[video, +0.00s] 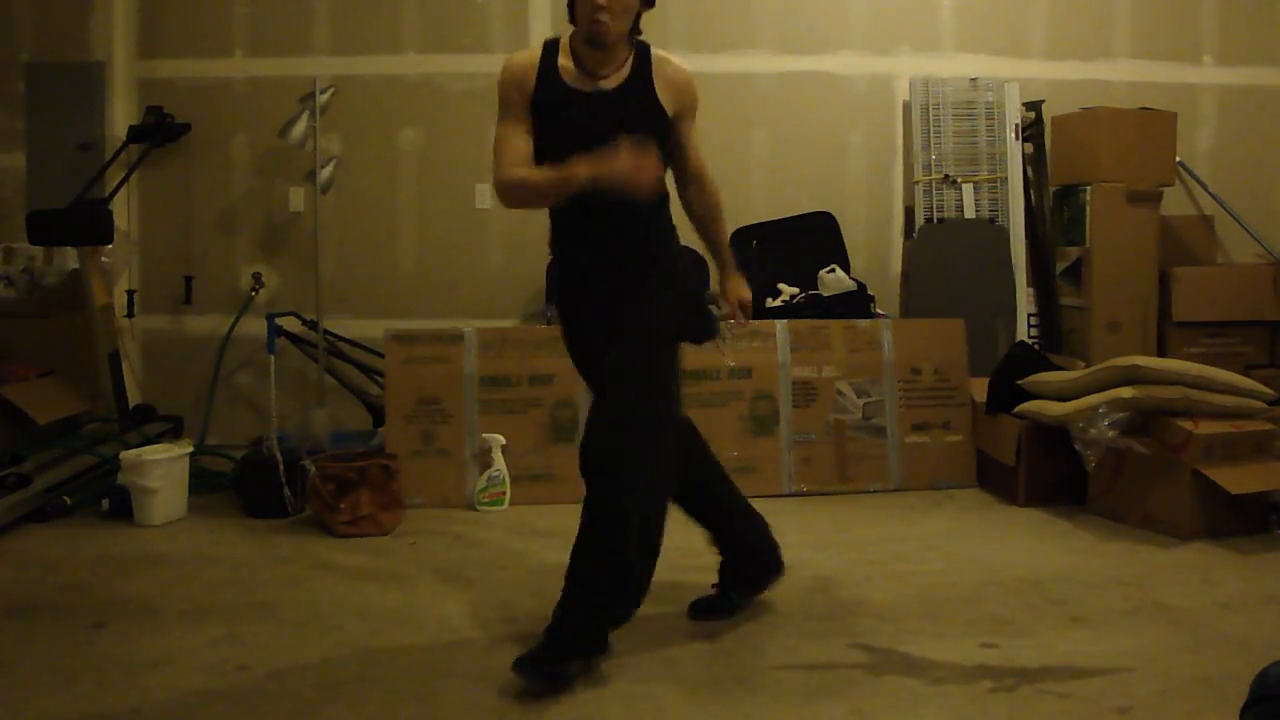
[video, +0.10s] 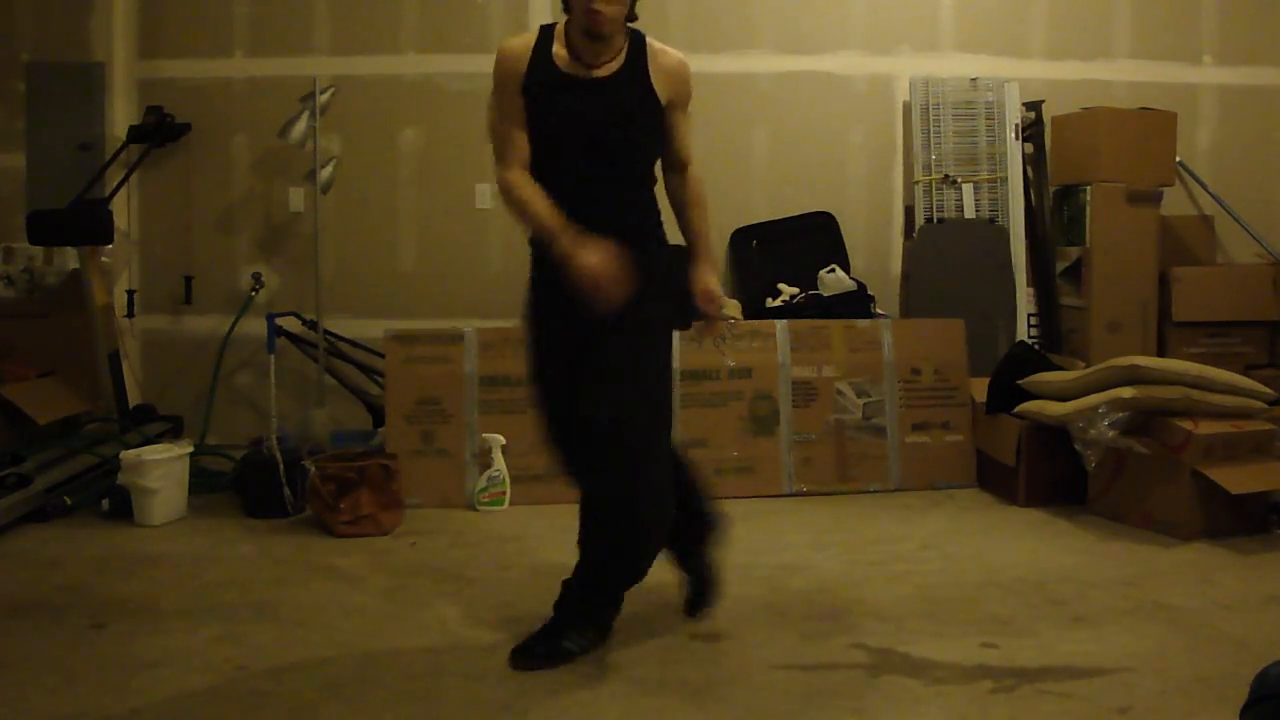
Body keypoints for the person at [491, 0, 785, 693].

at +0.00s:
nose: (598, 8)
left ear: (641, 9)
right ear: (570, 4)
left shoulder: (667, 82)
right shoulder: (527, 73)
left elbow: (694, 178)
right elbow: (510, 185)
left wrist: (727, 265)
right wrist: (596, 170)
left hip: (652, 280)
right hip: (578, 285)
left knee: (618, 453)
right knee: (654, 430)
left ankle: (577, 635)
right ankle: (752, 553)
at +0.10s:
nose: (601, 10)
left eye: (614, 1)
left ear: (631, 5)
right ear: (566, 2)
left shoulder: (665, 71)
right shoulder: (521, 62)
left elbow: (681, 171)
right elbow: (512, 172)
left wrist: (703, 261)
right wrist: (572, 244)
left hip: (640, 265)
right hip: (558, 266)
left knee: (625, 430)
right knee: (573, 423)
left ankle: (586, 613)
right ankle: (688, 526)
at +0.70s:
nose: (541, 2)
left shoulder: (632, 39)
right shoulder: (484, 56)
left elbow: (644, 149)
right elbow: (467, 155)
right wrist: (460, 190)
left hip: (601, 266)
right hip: (516, 265)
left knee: (596, 445)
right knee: (495, 450)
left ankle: (524, 596)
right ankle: (475, 637)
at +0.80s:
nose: (531, 13)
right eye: (519, 4)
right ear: (507, 7)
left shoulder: (636, 59)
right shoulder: (488, 72)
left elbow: (662, 181)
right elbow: (472, 196)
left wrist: (684, 290)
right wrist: (543, 128)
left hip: (609, 294)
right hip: (517, 299)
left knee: (632, 440)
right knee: (502, 482)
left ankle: (595, 541)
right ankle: (468, 640)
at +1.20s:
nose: (658, 10)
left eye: (663, 1)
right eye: (645, 0)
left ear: (665, 5)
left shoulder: (678, 73)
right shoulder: (531, 62)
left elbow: (702, 165)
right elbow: (492, 162)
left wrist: (733, 257)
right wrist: (555, 217)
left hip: (649, 290)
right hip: (560, 295)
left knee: (706, 441)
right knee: (566, 466)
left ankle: (760, 585)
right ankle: (566, 629)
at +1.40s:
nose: (584, 8)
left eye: (594, 3)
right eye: (575, 2)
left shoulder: (651, 38)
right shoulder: (507, 35)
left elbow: (682, 144)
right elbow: (440, 108)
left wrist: (652, 140)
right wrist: (476, 180)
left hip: (621, 254)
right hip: (535, 257)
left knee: (653, 399)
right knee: (549, 443)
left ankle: (635, 493)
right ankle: (571, 626)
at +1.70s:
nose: (570, 7)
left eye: (579, 0)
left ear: (593, 0)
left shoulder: (626, 64)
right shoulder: (486, 53)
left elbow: (644, 168)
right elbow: (482, 159)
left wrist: (609, 149)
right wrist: (571, 175)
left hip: (584, 287)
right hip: (499, 283)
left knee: (592, 463)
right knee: (492, 462)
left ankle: (545, 650)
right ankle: (517, 591)